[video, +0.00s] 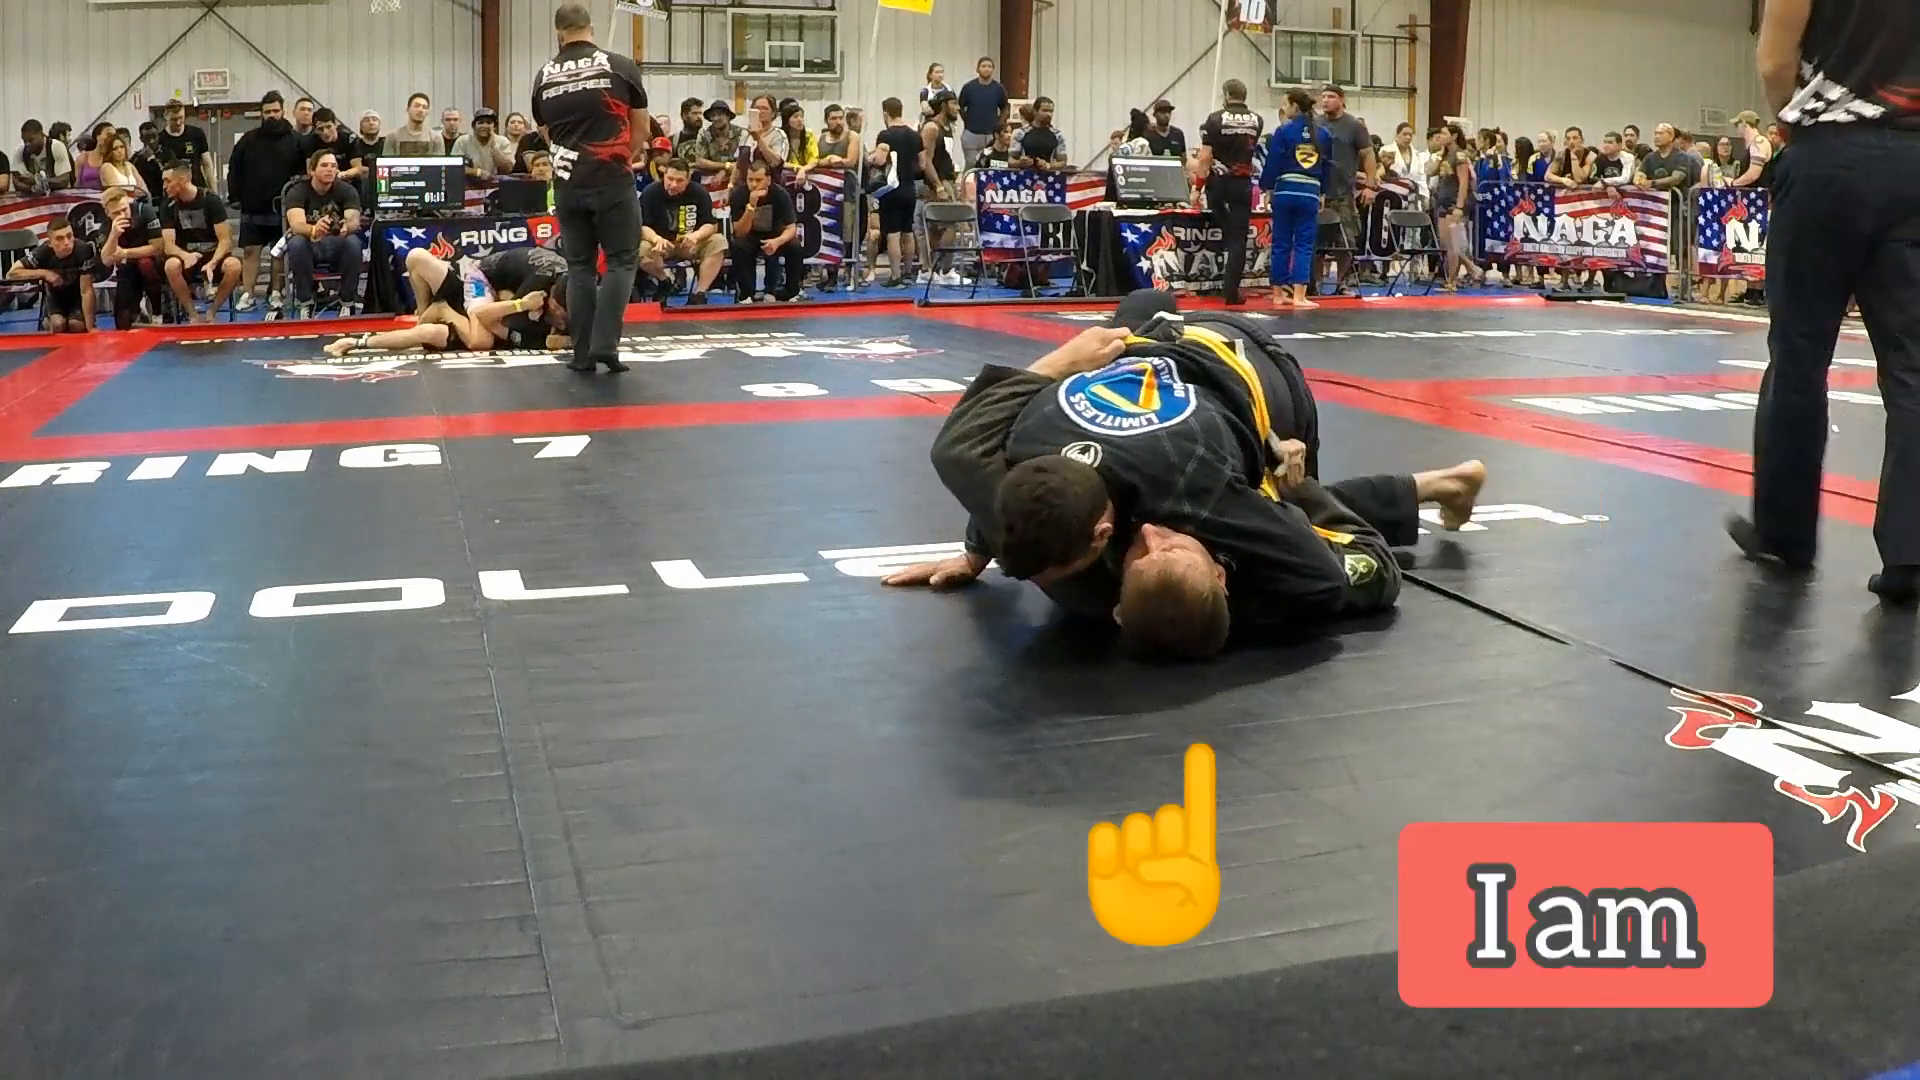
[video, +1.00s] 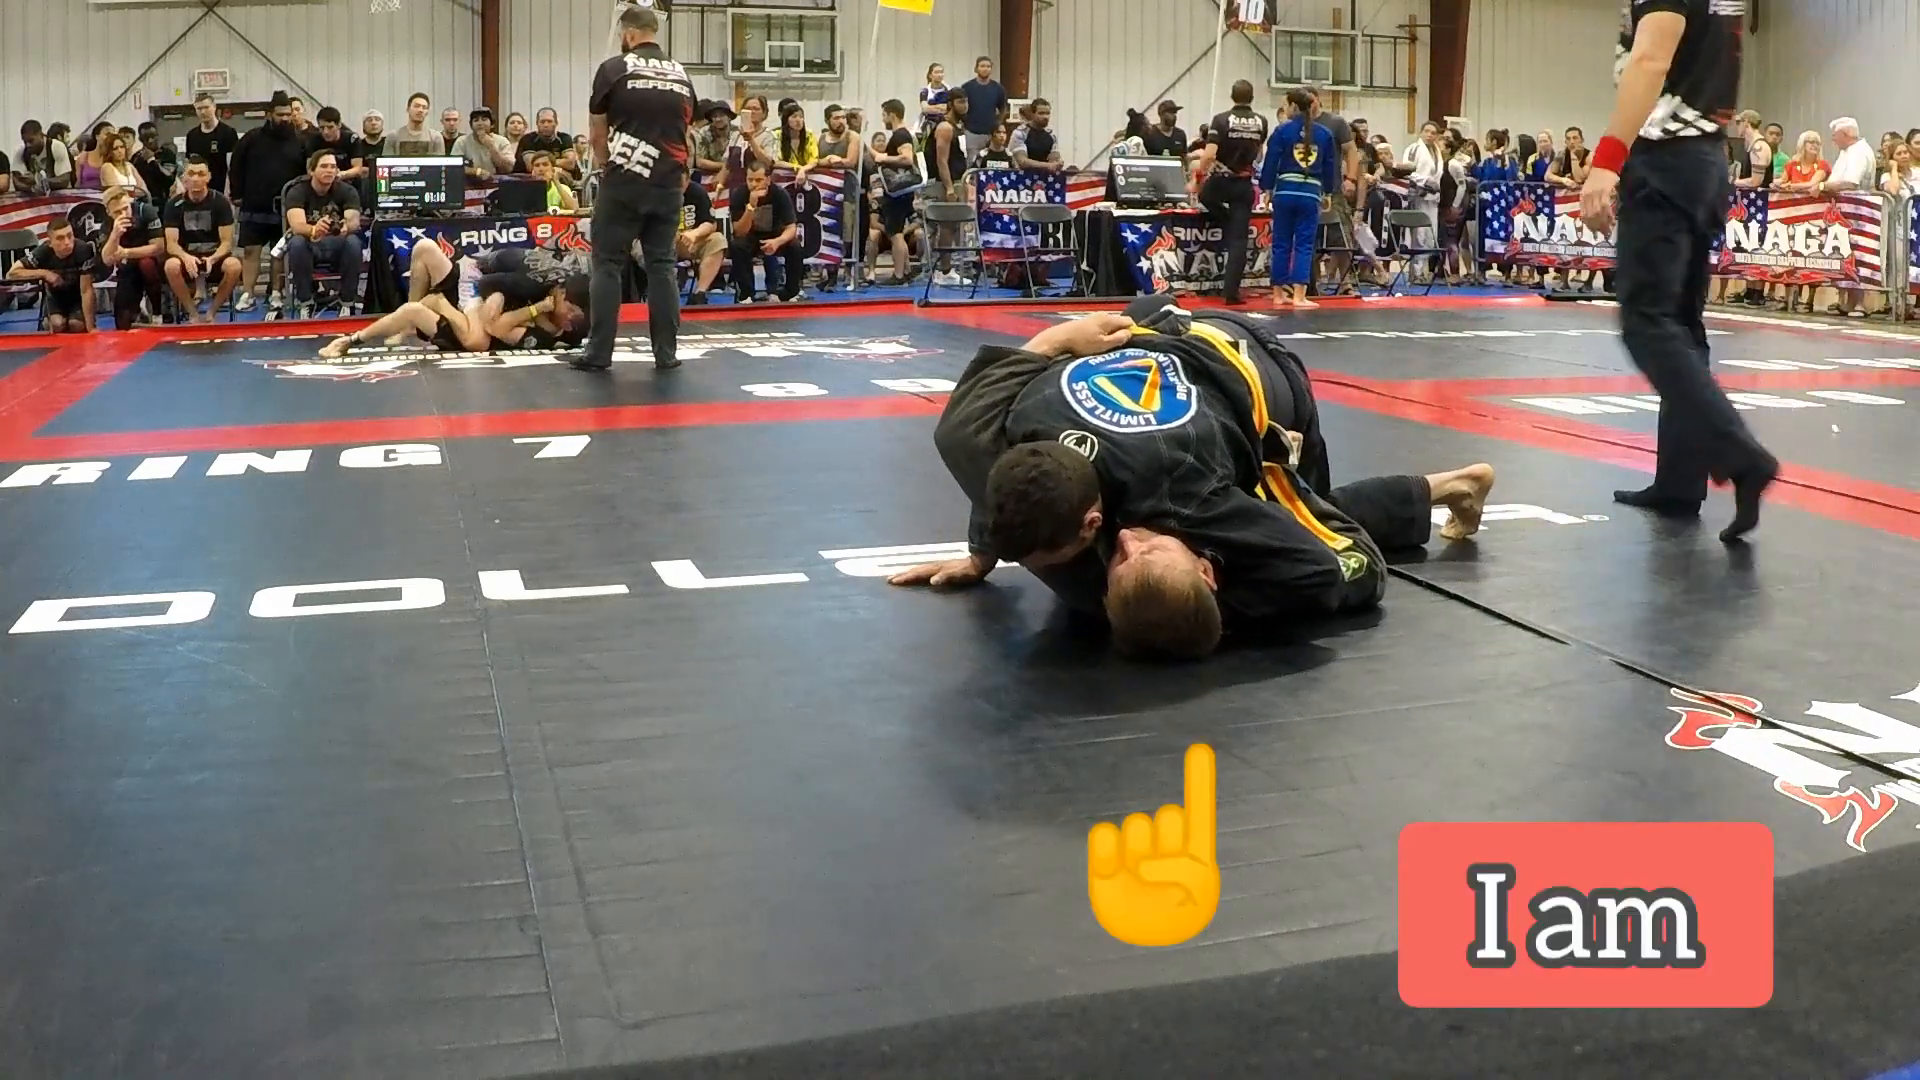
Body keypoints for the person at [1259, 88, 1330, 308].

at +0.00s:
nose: (1283, 108)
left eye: (1286, 104)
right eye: (1284, 104)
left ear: (1295, 106)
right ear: (1306, 107)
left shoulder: (1283, 131)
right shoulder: (1322, 134)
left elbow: (1272, 161)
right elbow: (1326, 166)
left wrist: (1266, 186)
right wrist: (1322, 191)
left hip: (1284, 190)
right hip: (1310, 193)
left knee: (1281, 242)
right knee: (1305, 243)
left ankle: (1278, 292)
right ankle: (1299, 295)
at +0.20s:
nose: (1284, 108)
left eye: (1286, 105)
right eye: (1285, 104)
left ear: (1294, 106)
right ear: (1307, 106)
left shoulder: (1283, 131)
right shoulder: (1323, 134)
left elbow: (1272, 162)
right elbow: (1327, 166)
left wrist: (1266, 185)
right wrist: (1325, 190)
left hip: (1284, 190)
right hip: (1310, 193)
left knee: (1281, 241)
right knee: (1305, 243)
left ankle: (1278, 293)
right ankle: (1299, 295)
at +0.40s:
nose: (1283, 109)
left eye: (1285, 105)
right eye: (1284, 104)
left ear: (1293, 106)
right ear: (1307, 106)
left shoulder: (1282, 132)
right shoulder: (1323, 133)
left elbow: (1271, 163)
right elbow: (1328, 166)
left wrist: (1266, 187)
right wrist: (1326, 190)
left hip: (1284, 190)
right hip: (1310, 193)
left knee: (1281, 241)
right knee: (1304, 243)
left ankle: (1278, 292)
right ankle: (1299, 295)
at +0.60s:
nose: (1284, 109)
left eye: (1286, 105)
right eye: (1285, 104)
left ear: (1292, 106)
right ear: (1307, 106)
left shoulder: (1282, 131)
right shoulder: (1323, 133)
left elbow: (1271, 162)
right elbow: (1328, 167)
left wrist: (1266, 187)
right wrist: (1325, 190)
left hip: (1284, 191)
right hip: (1310, 193)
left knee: (1281, 242)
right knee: (1305, 243)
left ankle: (1278, 293)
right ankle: (1299, 296)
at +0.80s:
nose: (1285, 109)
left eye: (1286, 105)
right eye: (1286, 105)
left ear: (1292, 106)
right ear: (1309, 106)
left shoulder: (1282, 130)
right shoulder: (1324, 133)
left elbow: (1271, 161)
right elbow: (1329, 166)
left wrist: (1266, 188)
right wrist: (1327, 191)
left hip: (1284, 191)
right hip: (1310, 193)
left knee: (1281, 242)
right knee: (1305, 243)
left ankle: (1278, 292)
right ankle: (1299, 296)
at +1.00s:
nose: (1285, 108)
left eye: (1287, 105)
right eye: (1286, 105)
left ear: (1292, 106)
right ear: (1311, 106)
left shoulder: (1282, 130)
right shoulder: (1325, 134)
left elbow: (1270, 161)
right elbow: (1330, 166)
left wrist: (1266, 188)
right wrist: (1328, 191)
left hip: (1284, 191)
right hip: (1311, 194)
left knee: (1281, 242)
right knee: (1305, 244)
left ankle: (1278, 293)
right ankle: (1299, 296)